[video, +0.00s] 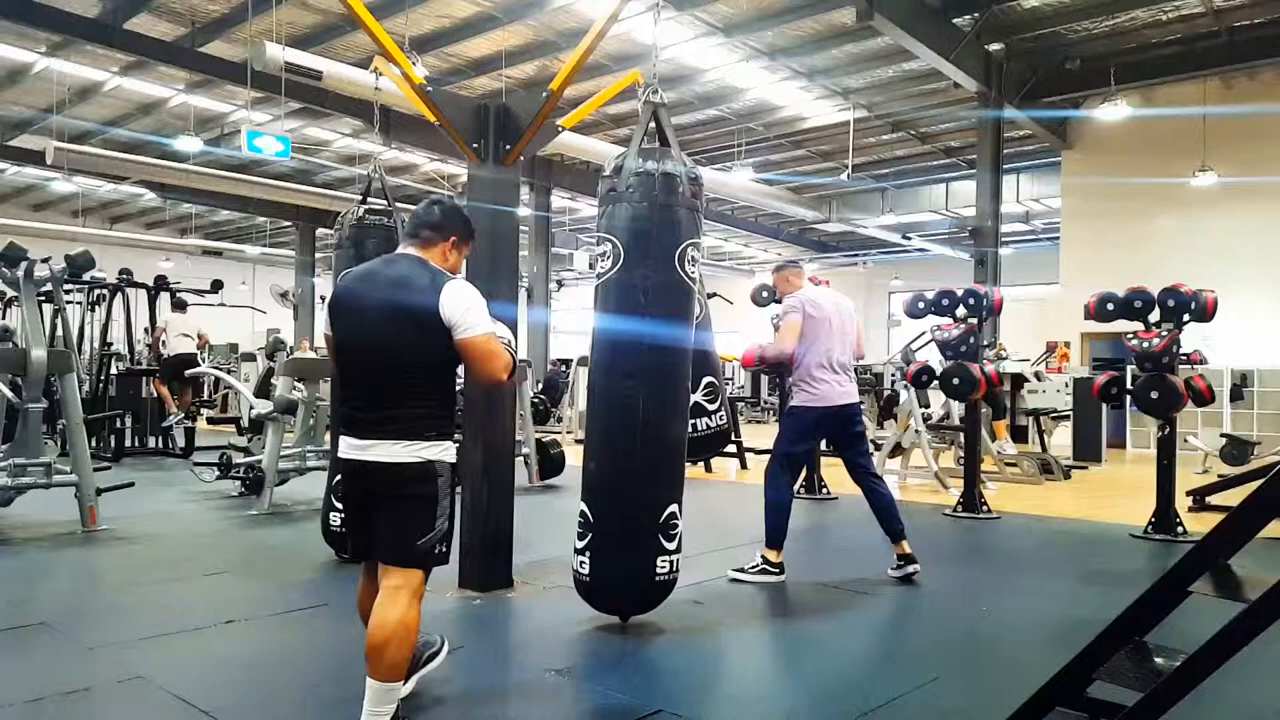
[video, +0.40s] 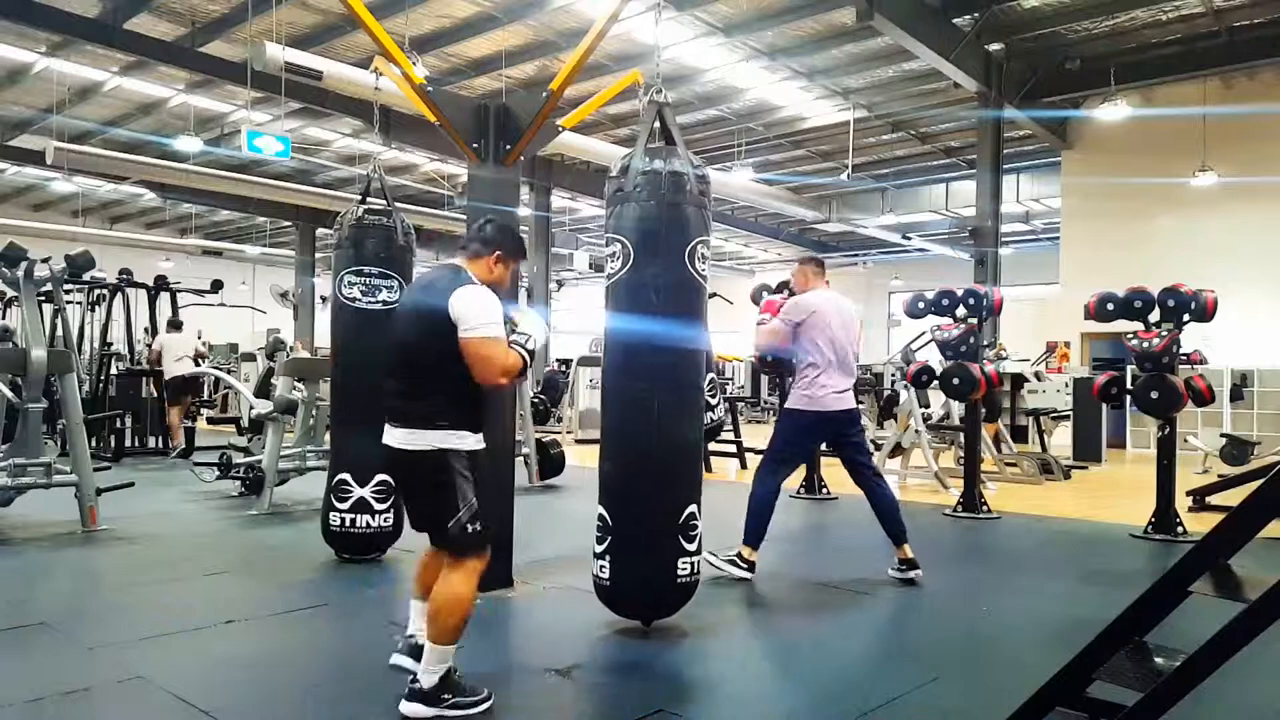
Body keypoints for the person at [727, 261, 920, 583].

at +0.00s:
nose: (779, 295)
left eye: (778, 289)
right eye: (777, 291)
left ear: (789, 278)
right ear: (802, 277)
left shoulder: (795, 301)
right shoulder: (844, 302)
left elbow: (784, 349)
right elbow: (858, 351)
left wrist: (757, 353)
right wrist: (818, 347)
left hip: (808, 404)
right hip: (847, 403)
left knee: (778, 475)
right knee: (867, 475)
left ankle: (772, 559)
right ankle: (904, 552)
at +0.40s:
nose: (793, 283)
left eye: (795, 277)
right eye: (793, 277)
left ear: (809, 275)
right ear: (824, 277)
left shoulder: (800, 303)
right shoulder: (848, 307)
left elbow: (766, 342)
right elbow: (855, 353)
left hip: (804, 409)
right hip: (845, 408)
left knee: (769, 474)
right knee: (869, 476)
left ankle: (747, 555)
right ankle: (906, 556)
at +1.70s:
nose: (805, 298)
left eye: (808, 290)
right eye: (804, 292)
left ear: (828, 289)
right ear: (822, 292)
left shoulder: (849, 318)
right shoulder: (825, 323)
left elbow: (847, 363)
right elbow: (821, 365)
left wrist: (815, 353)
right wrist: (797, 347)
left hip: (852, 409)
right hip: (832, 408)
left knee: (853, 471)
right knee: (822, 462)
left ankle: (891, 533)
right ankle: (849, 515)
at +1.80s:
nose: (805, 290)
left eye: (808, 282)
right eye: (803, 284)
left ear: (828, 280)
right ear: (823, 283)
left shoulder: (850, 308)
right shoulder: (822, 316)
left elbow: (855, 351)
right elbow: (826, 355)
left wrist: (818, 342)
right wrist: (802, 338)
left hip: (854, 399)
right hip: (834, 398)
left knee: (854, 460)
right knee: (826, 455)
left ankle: (890, 528)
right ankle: (847, 509)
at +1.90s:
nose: (805, 289)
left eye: (809, 282)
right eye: (804, 284)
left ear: (828, 280)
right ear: (821, 283)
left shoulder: (848, 306)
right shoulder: (821, 313)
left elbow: (852, 348)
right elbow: (823, 351)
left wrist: (815, 334)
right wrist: (797, 331)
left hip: (853, 397)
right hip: (833, 396)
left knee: (856, 457)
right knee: (826, 449)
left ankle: (890, 529)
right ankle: (842, 508)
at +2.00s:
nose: (808, 297)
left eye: (810, 290)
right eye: (805, 293)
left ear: (828, 286)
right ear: (820, 291)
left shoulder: (847, 313)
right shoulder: (824, 317)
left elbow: (842, 352)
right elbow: (819, 353)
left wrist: (809, 337)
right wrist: (797, 333)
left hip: (850, 403)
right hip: (831, 402)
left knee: (859, 465)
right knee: (828, 458)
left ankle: (891, 533)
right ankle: (839, 512)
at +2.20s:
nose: (796, 307)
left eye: (797, 300)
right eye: (794, 302)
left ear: (814, 293)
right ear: (811, 296)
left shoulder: (835, 316)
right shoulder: (820, 322)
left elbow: (842, 355)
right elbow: (819, 364)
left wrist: (813, 346)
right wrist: (790, 355)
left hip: (837, 397)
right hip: (828, 397)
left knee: (816, 454)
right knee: (829, 456)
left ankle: (853, 515)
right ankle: (843, 517)